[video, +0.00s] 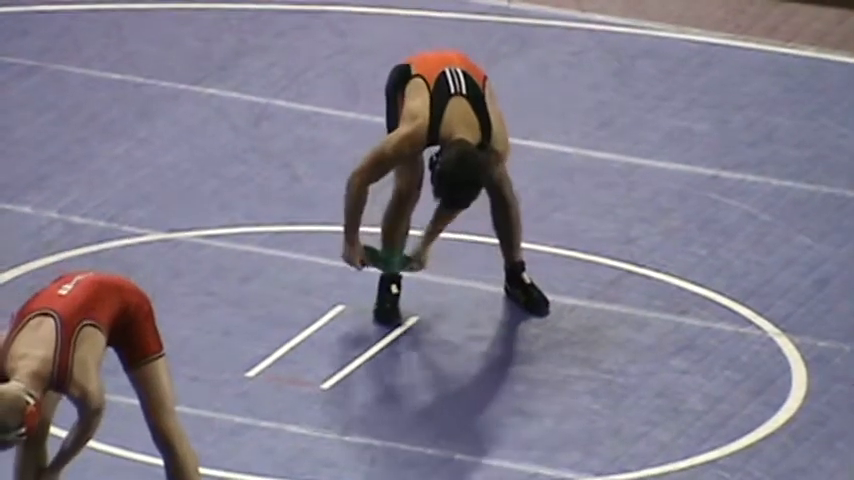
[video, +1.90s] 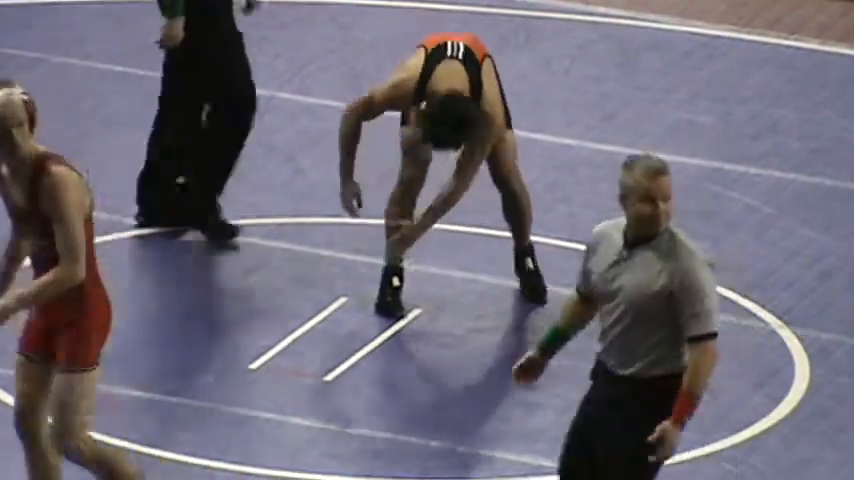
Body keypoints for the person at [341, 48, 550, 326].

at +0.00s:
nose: (446, 211)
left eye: (458, 208)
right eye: (444, 203)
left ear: (477, 181)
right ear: (436, 169)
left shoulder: (497, 148)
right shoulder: (415, 133)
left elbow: (456, 203)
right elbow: (358, 180)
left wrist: (425, 244)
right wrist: (352, 243)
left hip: (473, 77)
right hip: (411, 75)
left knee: (502, 187)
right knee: (407, 191)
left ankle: (516, 276)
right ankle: (390, 281)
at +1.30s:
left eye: (458, 234)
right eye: (445, 230)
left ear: (482, 190)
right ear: (433, 193)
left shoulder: (496, 158)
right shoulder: (406, 150)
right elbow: (380, 178)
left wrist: (432, 247)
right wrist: (402, 237)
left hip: (470, 76)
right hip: (414, 77)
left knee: (510, 192)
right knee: (407, 191)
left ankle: (521, 271)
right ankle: (391, 277)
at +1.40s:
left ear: (477, 188)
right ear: (429, 192)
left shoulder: (493, 153)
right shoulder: (401, 151)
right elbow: (381, 186)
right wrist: (404, 242)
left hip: (467, 75)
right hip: (411, 76)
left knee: (508, 194)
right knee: (405, 191)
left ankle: (521, 270)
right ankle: (391, 279)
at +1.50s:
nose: (444, 228)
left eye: (451, 225)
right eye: (438, 223)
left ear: (473, 183)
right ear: (424, 186)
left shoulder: (492, 150)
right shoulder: (397, 151)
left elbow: (515, 200)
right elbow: (378, 177)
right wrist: (396, 230)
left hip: (464, 73)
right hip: (408, 76)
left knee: (506, 190)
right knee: (403, 192)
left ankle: (521, 268)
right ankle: (391, 277)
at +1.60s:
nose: (433, 221)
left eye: (443, 219)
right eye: (431, 215)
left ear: (469, 178)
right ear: (421, 183)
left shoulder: (488, 145)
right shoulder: (395, 141)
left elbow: (513, 196)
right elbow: (371, 164)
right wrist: (384, 216)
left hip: (464, 73)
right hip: (408, 73)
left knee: (503, 188)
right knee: (402, 186)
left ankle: (521, 267)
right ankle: (391, 276)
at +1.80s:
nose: (442, 193)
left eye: (446, 189)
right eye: (438, 189)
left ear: (462, 158)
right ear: (416, 145)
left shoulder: (482, 134)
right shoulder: (397, 111)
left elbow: (463, 194)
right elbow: (350, 131)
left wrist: (421, 236)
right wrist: (352, 197)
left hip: (469, 65)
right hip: (415, 63)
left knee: (502, 180)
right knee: (402, 187)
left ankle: (520, 264)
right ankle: (391, 276)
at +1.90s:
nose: (439, 152)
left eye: (449, 150)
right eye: (434, 145)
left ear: (466, 132)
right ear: (422, 115)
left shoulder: (487, 120)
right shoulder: (405, 88)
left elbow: (459, 185)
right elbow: (353, 114)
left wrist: (418, 230)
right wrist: (347, 180)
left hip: (480, 59)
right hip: (427, 53)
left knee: (507, 177)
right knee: (410, 179)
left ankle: (525, 256)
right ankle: (392, 273)